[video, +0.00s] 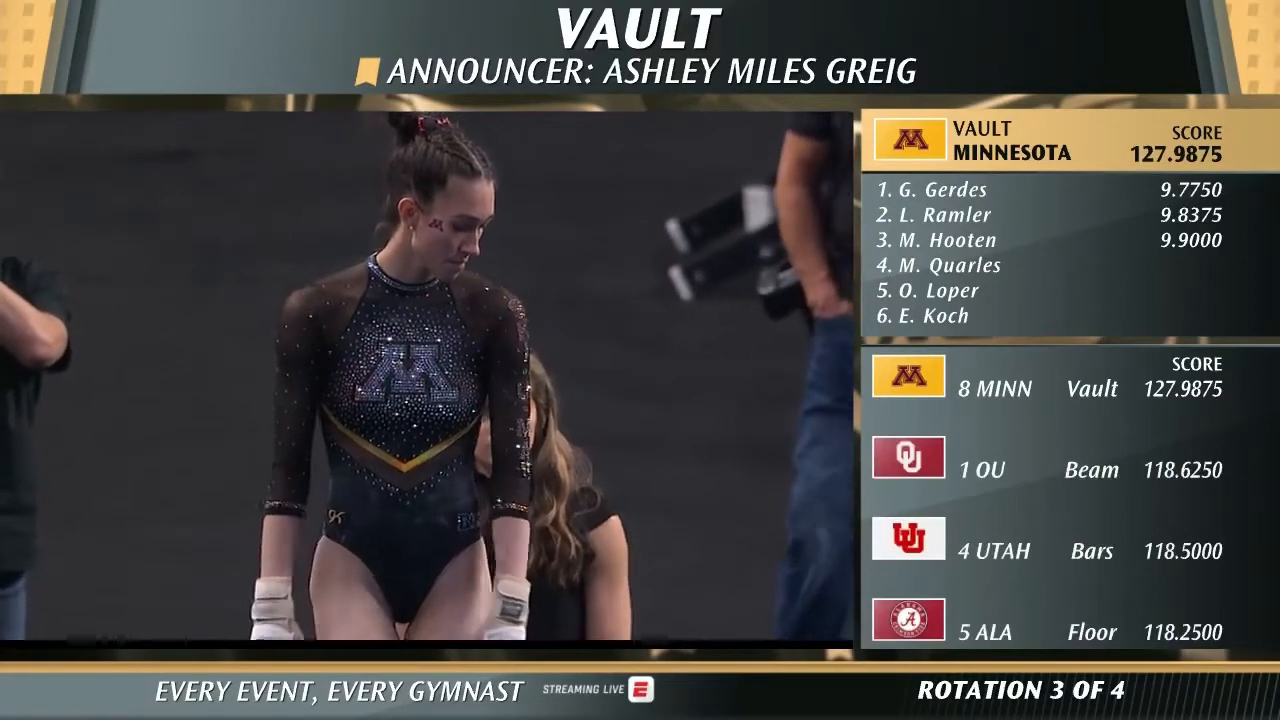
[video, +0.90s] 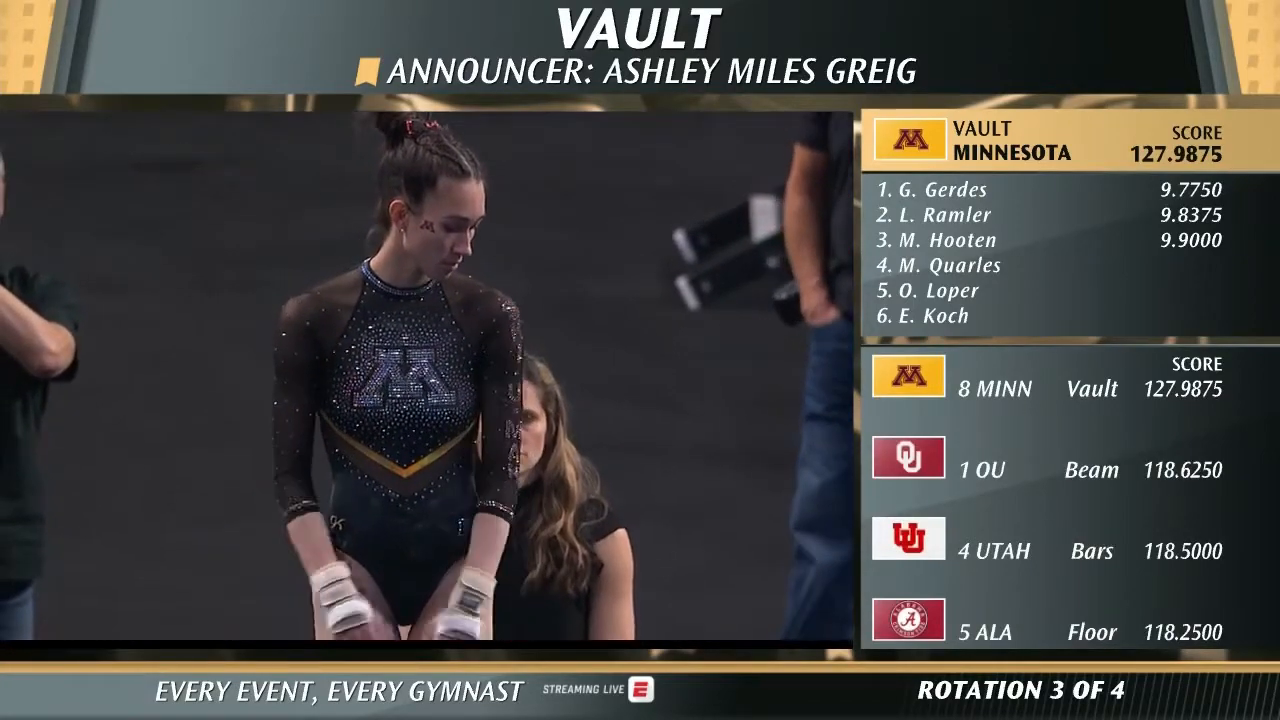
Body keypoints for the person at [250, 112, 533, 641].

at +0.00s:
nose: (472, 245)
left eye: (481, 227)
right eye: (460, 226)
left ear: (486, 216)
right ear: (410, 211)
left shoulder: (494, 313)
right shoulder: (316, 311)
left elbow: (512, 465)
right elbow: (290, 466)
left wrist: (511, 608)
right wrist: (271, 609)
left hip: (459, 560)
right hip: (350, 557)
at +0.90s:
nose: (467, 245)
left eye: (474, 227)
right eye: (453, 226)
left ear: (481, 216)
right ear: (400, 214)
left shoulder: (489, 316)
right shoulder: (311, 318)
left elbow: (500, 468)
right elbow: (290, 473)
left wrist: (473, 597)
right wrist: (331, 590)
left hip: (458, 566)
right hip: (355, 566)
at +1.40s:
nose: (470, 247)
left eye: (478, 229)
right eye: (456, 228)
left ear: (486, 218)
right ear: (404, 215)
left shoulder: (495, 317)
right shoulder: (317, 320)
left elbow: (526, 472)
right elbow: (292, 478)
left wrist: (543, 617)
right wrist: (273, 622)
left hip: (462, 566)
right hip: (354, 565)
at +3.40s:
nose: (460, 252)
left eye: (466, 235)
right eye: (444, 236)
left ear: (472, 225)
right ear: (390, 226)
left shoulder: (483, 329)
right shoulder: (305, 331)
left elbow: (499, 479)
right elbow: (285, 486)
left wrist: (500, 619)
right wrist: (281, 622)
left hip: (456, 573)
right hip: (348, 572)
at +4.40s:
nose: (464, 255)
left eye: (471, 237)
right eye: (448, 239)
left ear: (476, 225)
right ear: (394, 228)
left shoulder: (486, 331)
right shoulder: (309, 333)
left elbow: (502, 481)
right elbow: (289, 486)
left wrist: (507, 619)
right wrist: (286, 620)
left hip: (458, 574)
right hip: (351, 573)